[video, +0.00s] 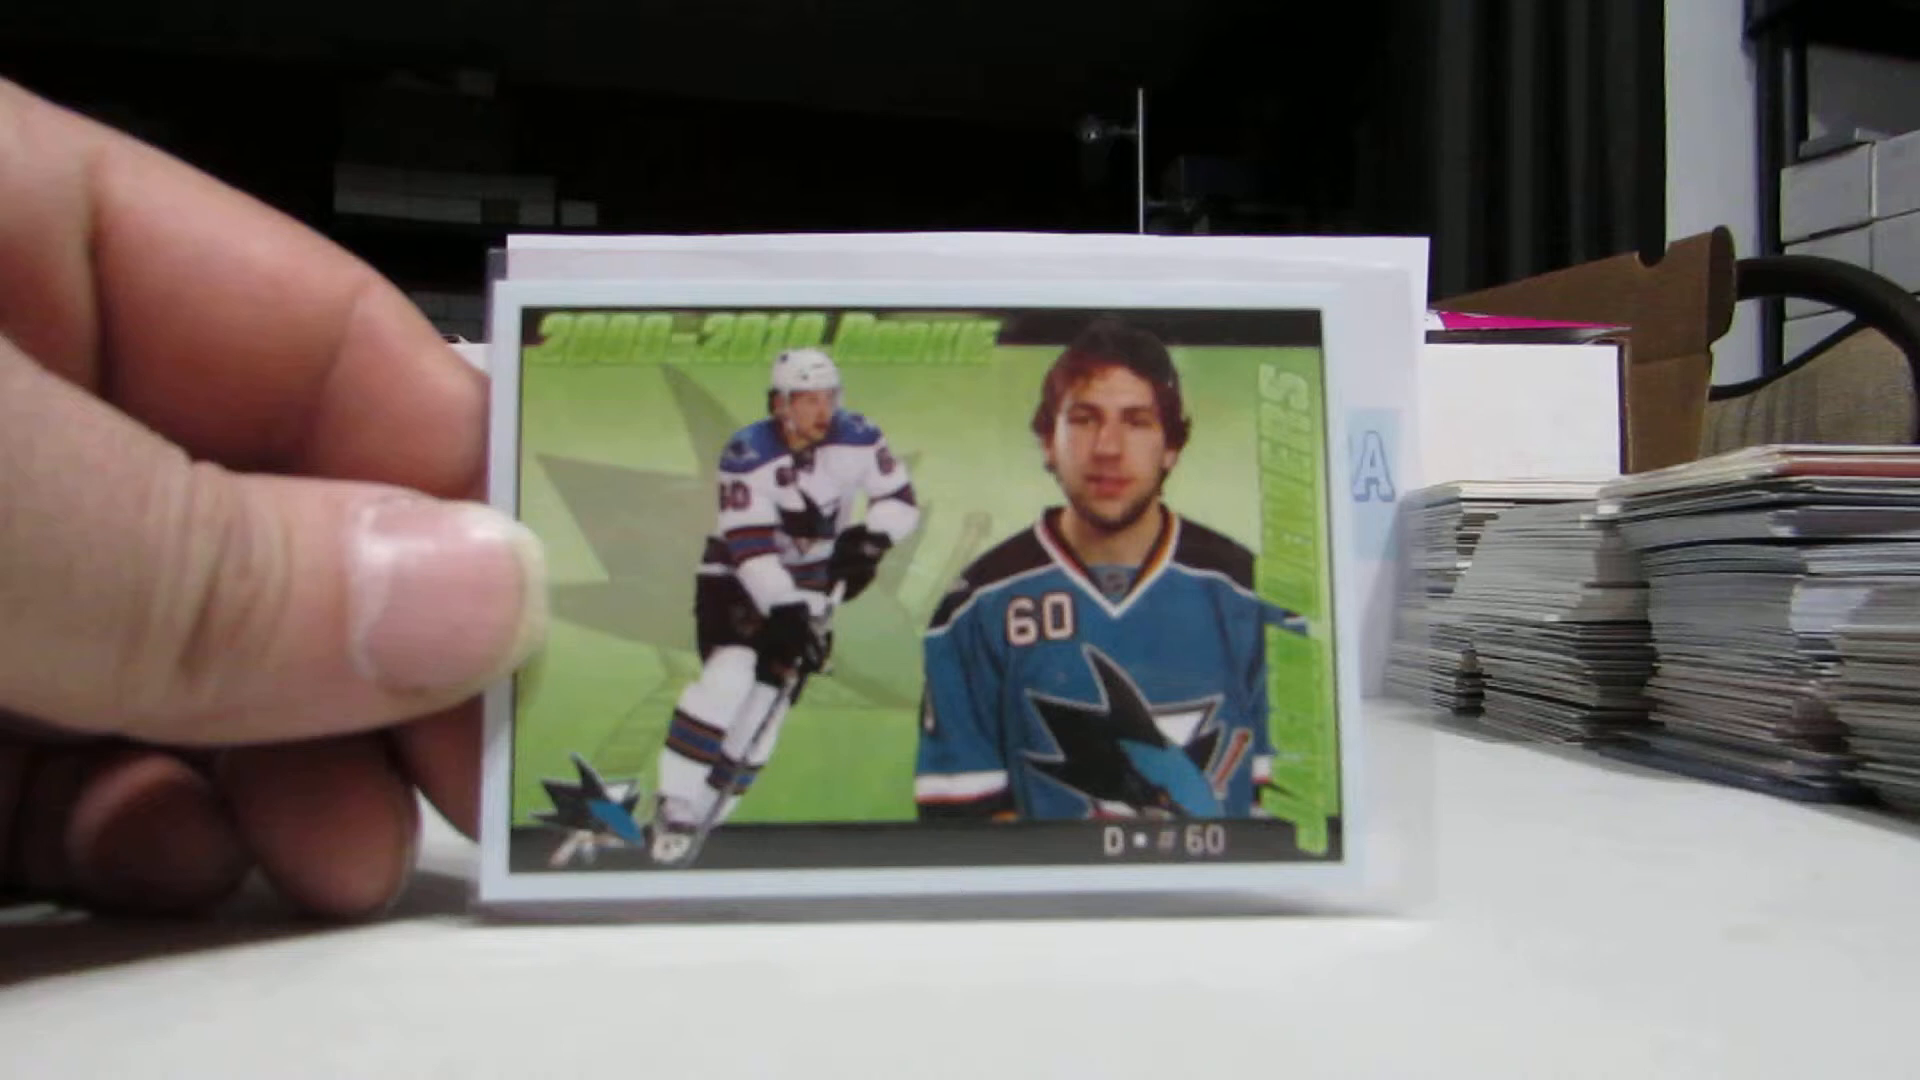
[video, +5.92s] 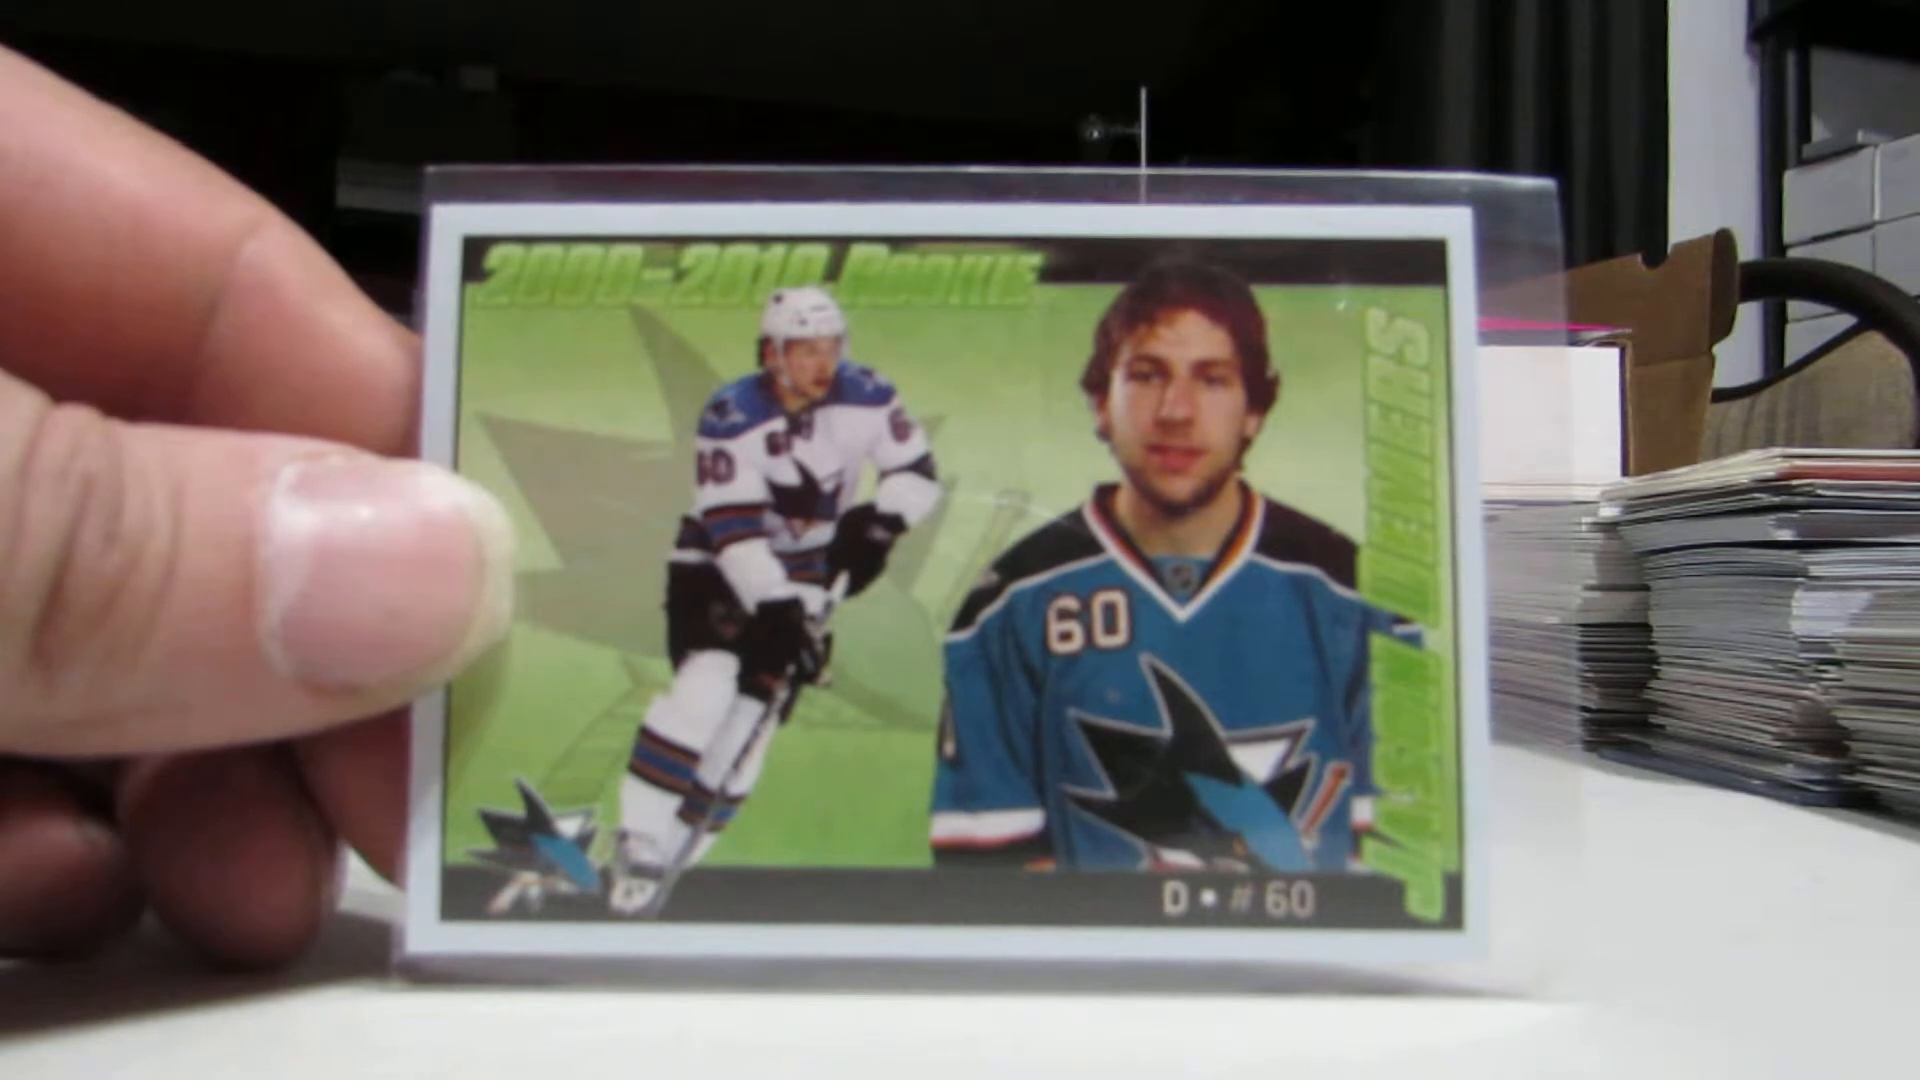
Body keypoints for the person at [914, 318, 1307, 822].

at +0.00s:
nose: (1108, 446)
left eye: (1135, 421)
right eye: (1084, 419)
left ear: (1170, 447)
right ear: (1048, 441)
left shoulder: (1247, 586)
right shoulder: (981, 603)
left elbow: (1286, 796)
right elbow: (962, 821)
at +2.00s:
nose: (1157, 433)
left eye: (1187, 407)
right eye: (1131, 405)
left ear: (1225, 435)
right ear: (1092, 432)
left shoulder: (1315, 590)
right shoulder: (1017, 604)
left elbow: (1356, 823)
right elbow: (998, 839)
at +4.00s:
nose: (1175, 408)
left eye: (1210, 377)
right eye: (1145, 374)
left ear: (1254, 410)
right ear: (1101, 404)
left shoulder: (1350, 586)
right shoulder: (1014, 603)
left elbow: (1394, 850)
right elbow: (990, 874)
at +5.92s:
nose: (1175, 409)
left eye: (1211, 379)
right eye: (1146, 375)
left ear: (1253, 412)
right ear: (1101, 406)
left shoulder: (1350, 587)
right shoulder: (1013, 603)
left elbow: (1395, 854)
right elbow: (988, 874)